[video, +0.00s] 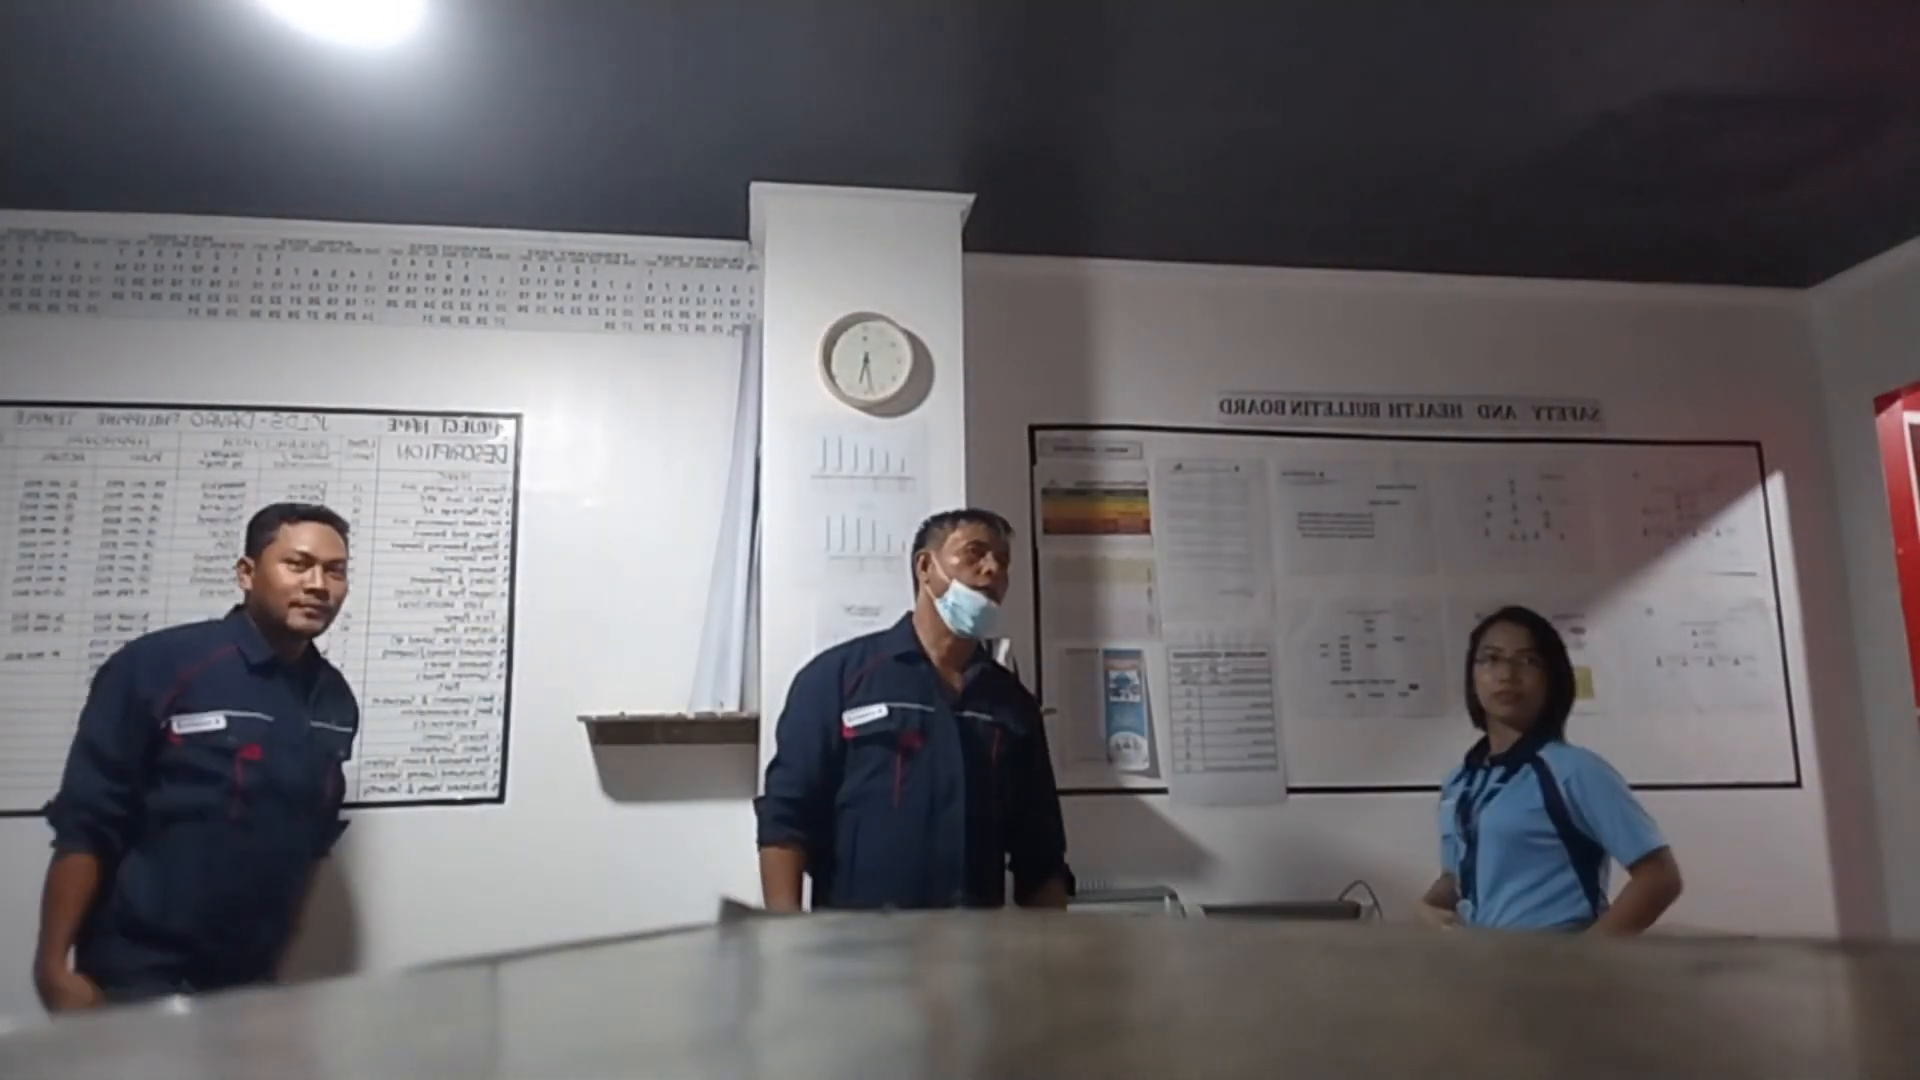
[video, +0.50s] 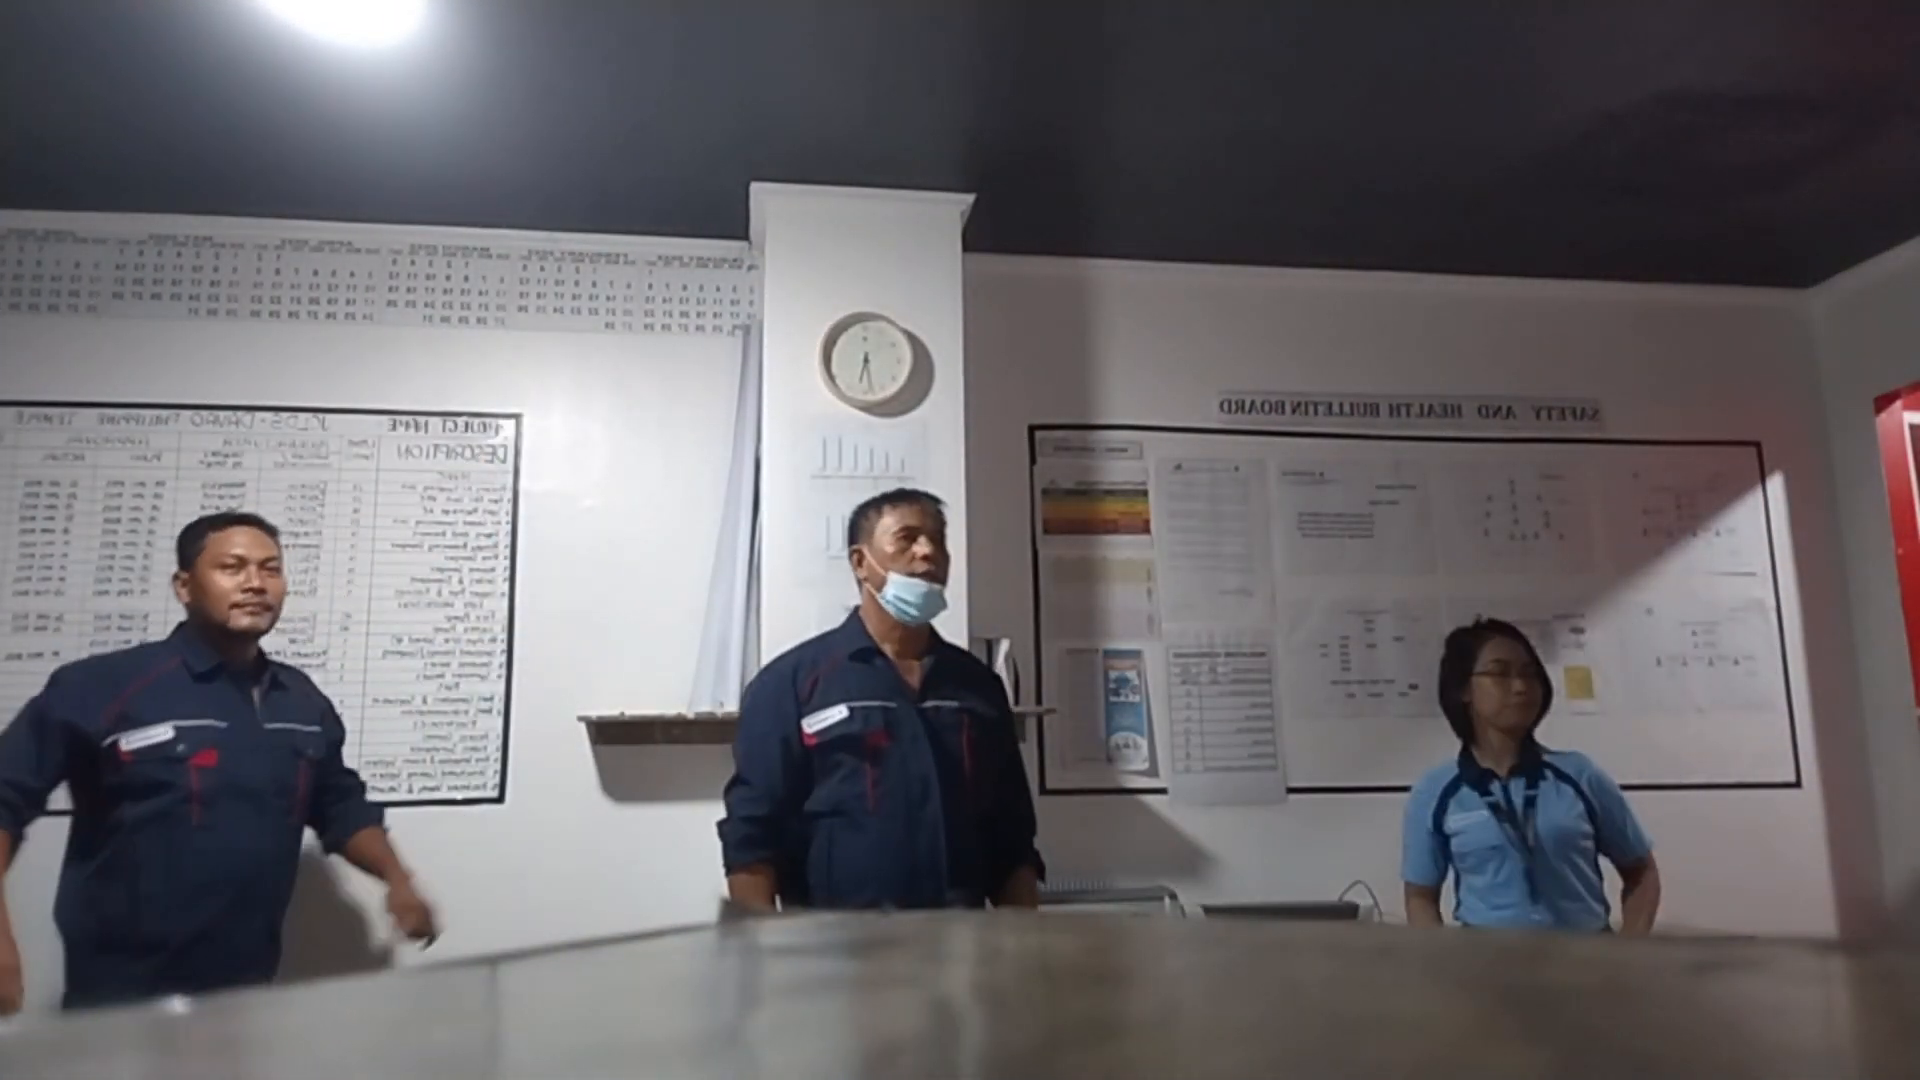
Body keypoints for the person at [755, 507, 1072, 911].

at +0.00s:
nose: (993, 568)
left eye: (1001, 559)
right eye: (973, 553)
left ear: (1010, 579)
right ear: (926, 568)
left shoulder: (1014, 705)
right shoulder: (834, 680)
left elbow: (1041, 860)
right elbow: (784, 819)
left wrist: (1048, 966)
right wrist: (788, 949)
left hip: (974, 954)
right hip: (853, 953)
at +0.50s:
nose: (928, 551)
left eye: (937, 539)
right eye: (906, 538)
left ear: (949, 557)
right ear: (861, 563)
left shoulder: (980, 686)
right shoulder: (787, 687)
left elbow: (1013, 848)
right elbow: (749, 847)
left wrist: (1027, 959)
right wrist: (767, 967)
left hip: (963, 951)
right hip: (837, 956)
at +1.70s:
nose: (970, 570)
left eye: (991, 564)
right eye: (958, 554)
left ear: (1014, 595)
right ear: (932, 571)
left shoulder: (1038, 715)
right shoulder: (849, 679)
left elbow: (1057, 869)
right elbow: (796, 813)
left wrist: (1062, 970)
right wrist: (781, 934)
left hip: (980, 951)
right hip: (855, 945)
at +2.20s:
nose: (921, 570)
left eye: (938, 563)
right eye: (906, 554)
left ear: (951, 589)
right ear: (870, 572)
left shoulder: (978, 703)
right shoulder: (789, 683)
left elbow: (1007, 859)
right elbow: (737, 816)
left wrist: (1011, 962)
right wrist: (733, 934)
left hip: (942, 949)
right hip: (816, 946)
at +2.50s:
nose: (856, 561)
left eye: (869, 550)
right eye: (835, 550)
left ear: (882, 572)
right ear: (801, 575)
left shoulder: (927, 688)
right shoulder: (736, 694)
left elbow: (961, 836)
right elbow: (696, 843)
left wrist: (967, 947)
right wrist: (704, 966)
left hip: (908, 943)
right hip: (782, 944)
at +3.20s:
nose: (830, 564)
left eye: (841, 550)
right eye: (808, 555)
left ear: (860, 568)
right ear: (779, 586)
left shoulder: (924, 684)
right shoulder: (733, 706)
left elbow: (975, 810)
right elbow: (701, 863)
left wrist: (960, 917)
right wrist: (724, 977)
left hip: (910, 943)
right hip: (788, 949)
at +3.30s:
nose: (852, 562)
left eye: (864, 549)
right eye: (831, 553)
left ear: (884, 570)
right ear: (802, 583)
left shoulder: (943, 686)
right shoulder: (749, 702)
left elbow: (998, 809)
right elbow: (714, 858)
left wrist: (957, 843)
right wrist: (733, 977)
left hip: (924, 944)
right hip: (801, 948)